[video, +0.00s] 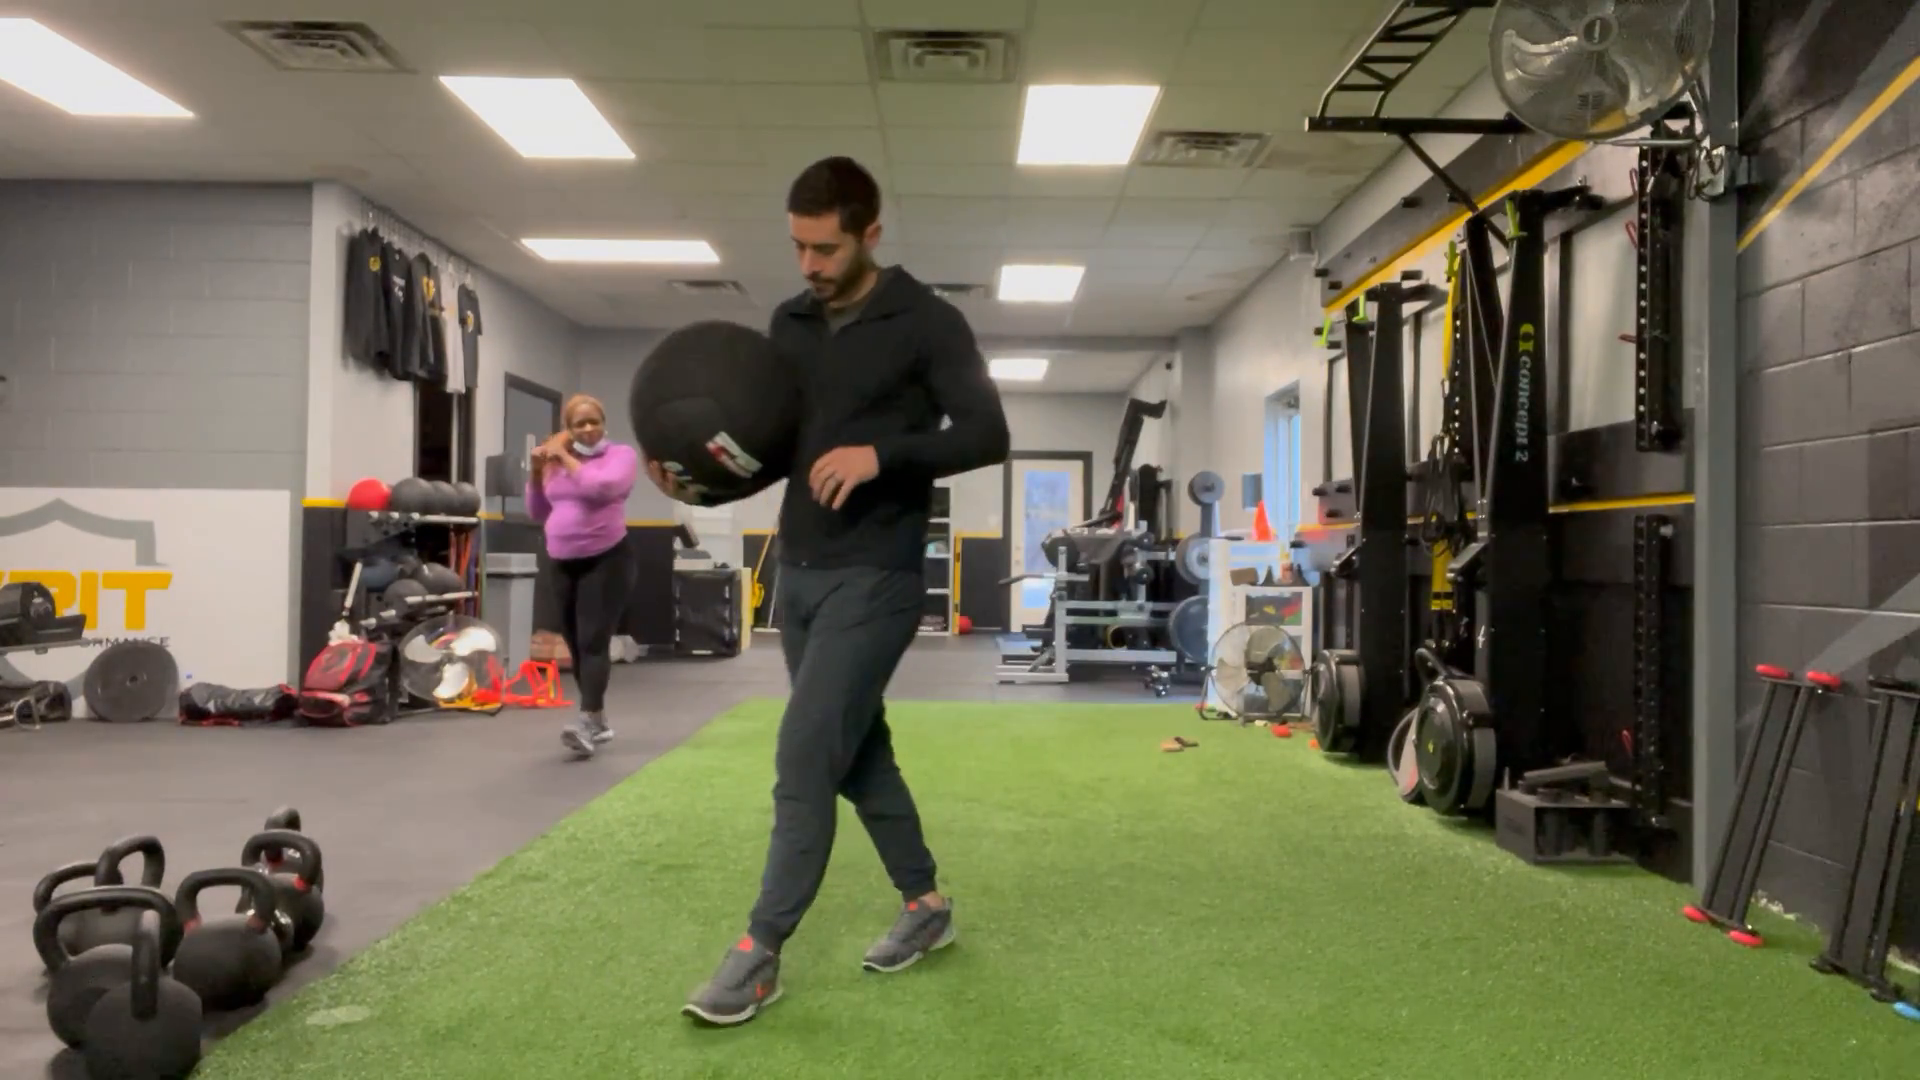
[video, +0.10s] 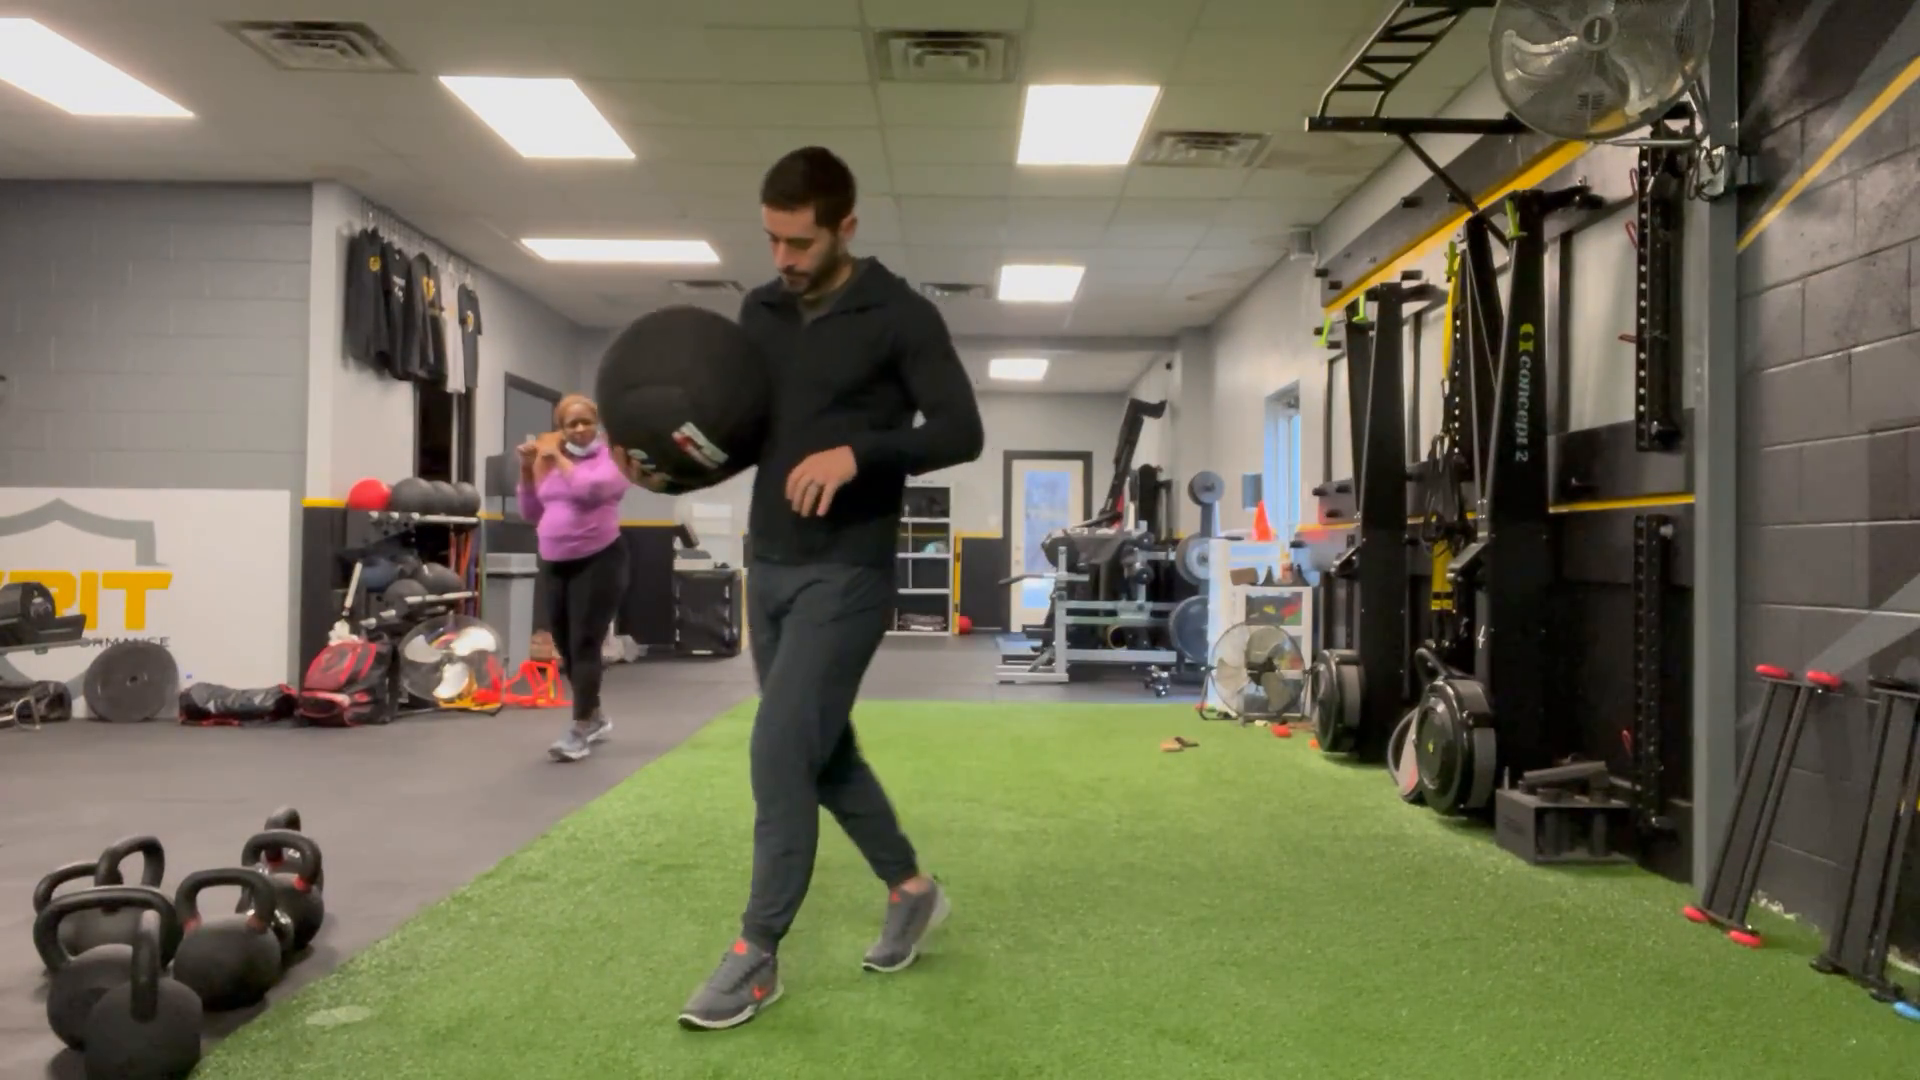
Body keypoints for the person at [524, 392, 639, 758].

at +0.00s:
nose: (588, 429)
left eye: (593, 422)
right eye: (580, 424)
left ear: (604, 424)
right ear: (568, 429)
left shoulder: (621, 455)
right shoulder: (555, 460)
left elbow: (600, 489)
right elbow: (538, 514)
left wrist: (565, 457)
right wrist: (537, 473)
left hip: (606, 557)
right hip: (564, 562)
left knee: (593, 638)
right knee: (576, 641)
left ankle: (588, 721)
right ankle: (597, 719)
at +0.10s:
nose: (580, 429)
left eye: (586, 422)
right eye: (572, 424)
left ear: (597, 424)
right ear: (560, 429)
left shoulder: (611, 456)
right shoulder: (549, 459)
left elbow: (589, 491)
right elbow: (532, 514)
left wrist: (557, 456)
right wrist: (527, 470)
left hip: (599, 557)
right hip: (555, 562)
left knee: (585, 641)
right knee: (565, 643)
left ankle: (580, 730)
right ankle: (594, 718)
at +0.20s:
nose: (574, 426)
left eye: (578, 418)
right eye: (565, 422)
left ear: (590, 420)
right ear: (555, 429)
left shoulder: (607, 455)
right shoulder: (544, 459)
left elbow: (580, 488)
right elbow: (527, 514)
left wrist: (551, 454)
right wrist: (520, 468)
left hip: (592, 555)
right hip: (549, 561)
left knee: (582, 644)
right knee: (540, 648)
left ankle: (576, 732)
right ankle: (584, 696)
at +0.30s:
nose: (553, 423)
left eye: (559, 416)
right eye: (549, 417)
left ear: (581, 422)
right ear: (548, 422)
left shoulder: (601, 457)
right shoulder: (539, 458)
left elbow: (570, 483)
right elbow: (521, 514)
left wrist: (544, 452)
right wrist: (515, 471)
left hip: (585, 555)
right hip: (541, 560)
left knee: (577, 644)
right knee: (518, 641)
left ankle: (576, 731)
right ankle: (556, 697)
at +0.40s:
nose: (536, 416)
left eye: (545, 410)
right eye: (533, 411)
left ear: (567, 412)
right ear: (531, 413)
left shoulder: (587, 448)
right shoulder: (528, 450)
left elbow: (557, 483)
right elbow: (515, 514)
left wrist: (529, 449)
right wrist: (507, 470)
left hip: (577, 554)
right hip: (531, 557)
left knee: (571, 647)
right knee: (505, 639)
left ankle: (574, 730)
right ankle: (525, 715)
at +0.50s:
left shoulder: (578, 446)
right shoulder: (519, 446)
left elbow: (546, 484)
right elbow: (511, 505)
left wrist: (517, 445)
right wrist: (500, 476)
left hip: (565, 557)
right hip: (517, 560)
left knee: (564, 650)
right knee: (498, 647)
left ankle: (578, 736)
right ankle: (484, 735)